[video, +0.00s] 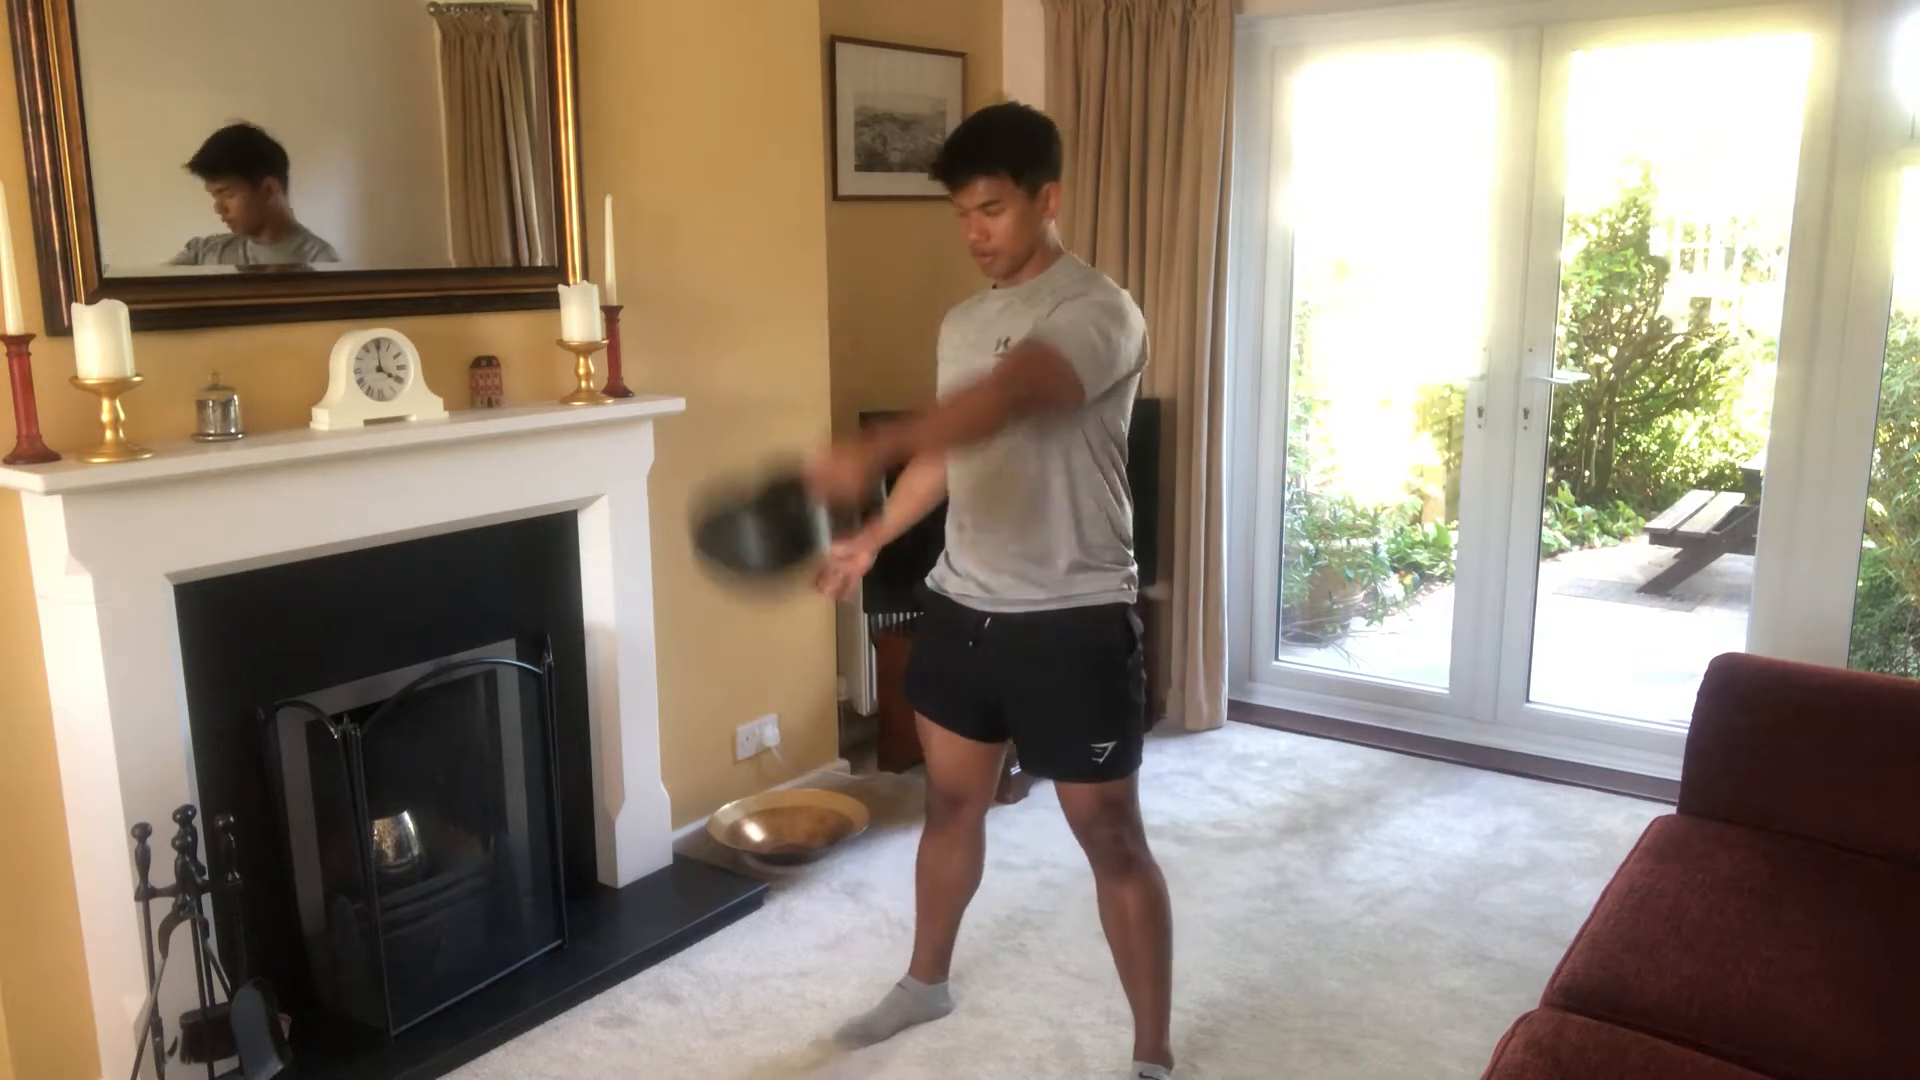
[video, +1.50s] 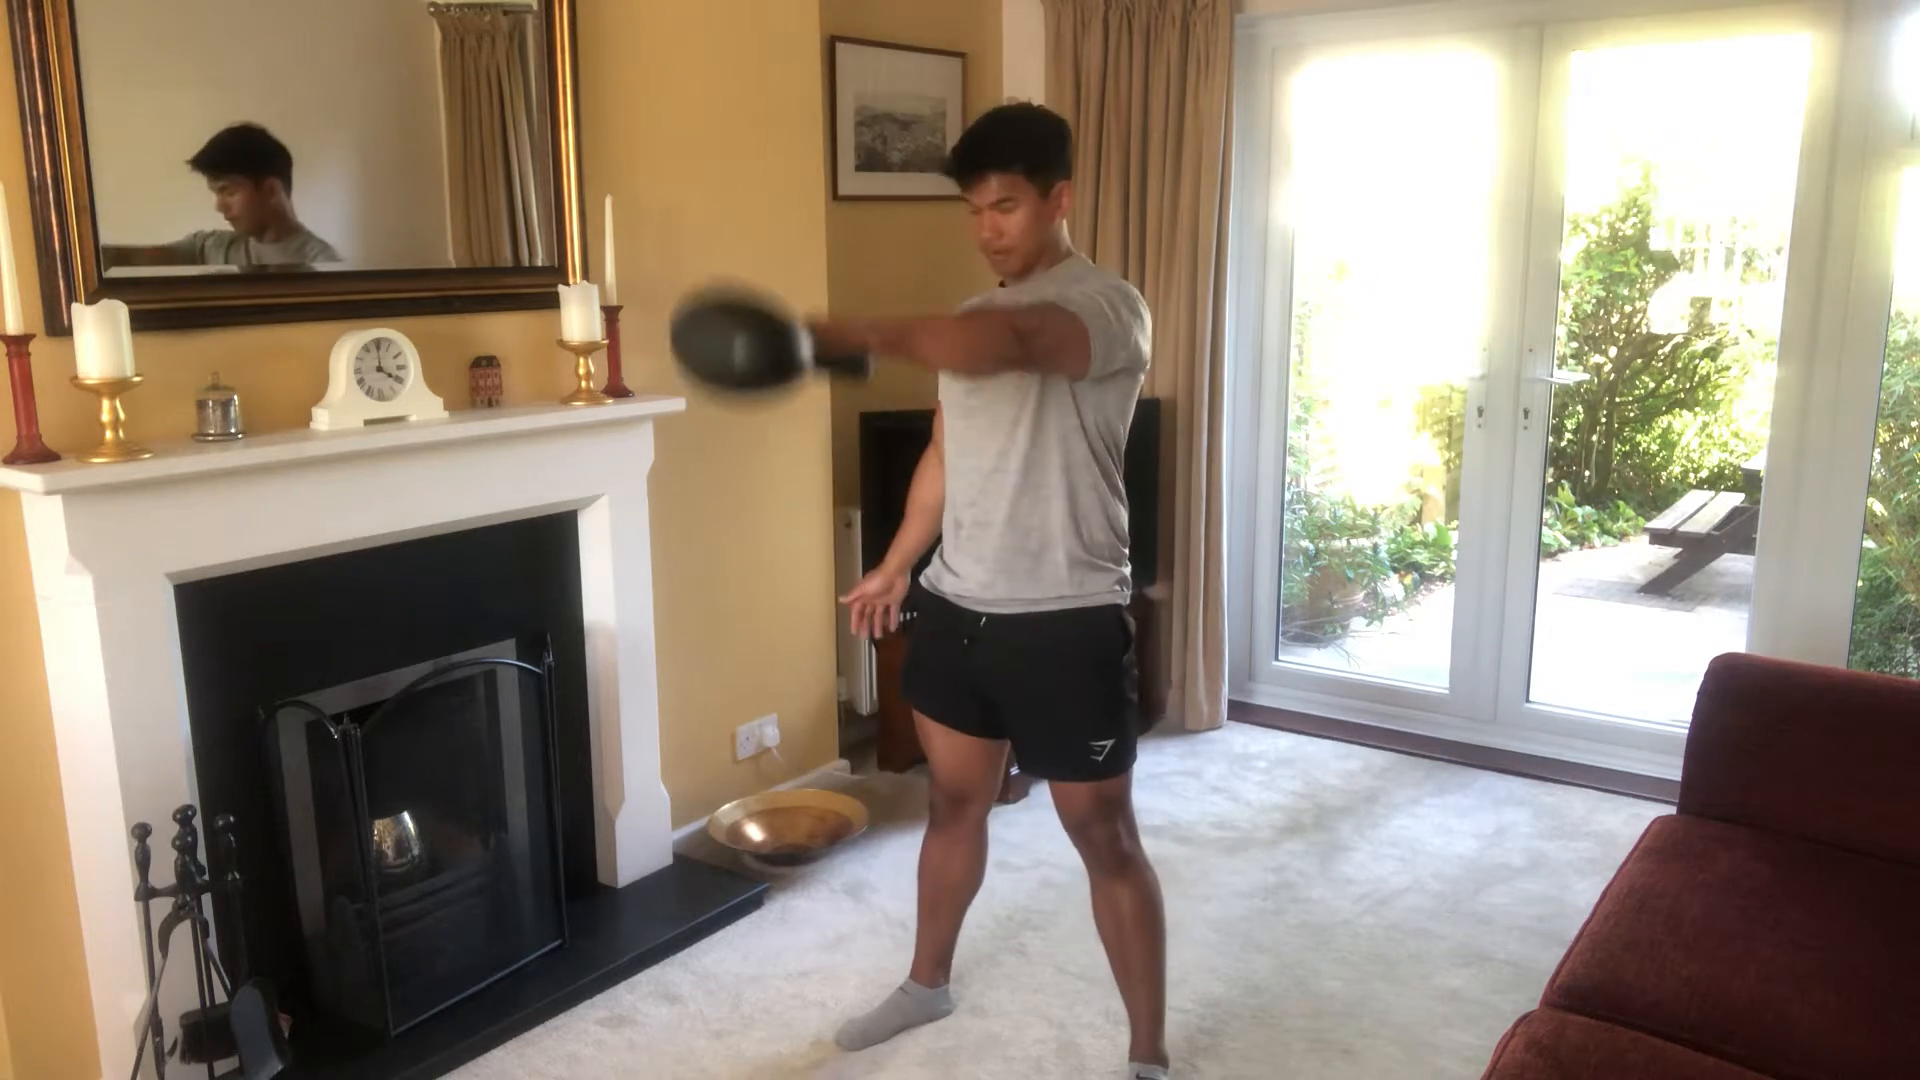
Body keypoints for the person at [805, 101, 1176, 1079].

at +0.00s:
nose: (976, 231)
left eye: (992, 208)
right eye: (963, 213)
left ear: (1047, 198)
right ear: (955, 211)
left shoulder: (1102, 309)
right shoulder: (961, 323)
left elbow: (1013, 393)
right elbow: (946, 453)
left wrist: (872, 451)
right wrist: (875, 534)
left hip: (1077, 617)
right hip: (963, 606)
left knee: (1111, 837)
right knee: (949, 807)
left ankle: (1153, 1054)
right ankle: (926, 980)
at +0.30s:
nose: (844, 397)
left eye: (852, 375)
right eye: (835, 377)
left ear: (907, 348)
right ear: (860, 360)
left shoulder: (1018, 429)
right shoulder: (886, 403)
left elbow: (1015, 613)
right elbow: (904, 474)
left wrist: (987, 740)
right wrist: (868, 548)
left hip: (1099, 628)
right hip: (988, 616)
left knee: (1122, 854)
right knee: (914, 791)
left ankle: (1152, 1059)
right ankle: (924, 982)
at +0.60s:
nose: (805, 694)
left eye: (804, 677)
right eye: (790, 684)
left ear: (848, 628)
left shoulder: (980, 652)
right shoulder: (844, 534)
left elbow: (1059, 744)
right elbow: (908, 655)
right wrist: (989, 759)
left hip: (1112, 648)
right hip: (990, 645)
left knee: (1125, 874)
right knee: (893, 810)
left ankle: (1153, 1060)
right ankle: (922, 986)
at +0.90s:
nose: (869, 313)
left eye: (882, 290)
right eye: (858, 295)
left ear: (935, 262)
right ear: (855, 287)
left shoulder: (1032, 356)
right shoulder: (894, 343)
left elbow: (1013, 545)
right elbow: (905, 447)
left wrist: (986, 698)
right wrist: (881, 548)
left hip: (1094, 604)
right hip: (980, 600)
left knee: (1121, 838)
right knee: (940, 788)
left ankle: (1154, 1057)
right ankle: (927, 981)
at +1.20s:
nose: (980, 231)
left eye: (998, 208)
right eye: (968, 212)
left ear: (1052, 200)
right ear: (960, 212)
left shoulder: (1108, 306)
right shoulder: (959, 320)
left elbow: (1017, 370)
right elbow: (922, 449)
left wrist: (890, 399)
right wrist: (843, 545)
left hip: (1071, 615)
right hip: (957, 606)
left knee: (1103, 836)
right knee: (951, 806)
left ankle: (1149, 1056)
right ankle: (927, 985)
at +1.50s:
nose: (986, 229)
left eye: (1005, 206)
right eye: (974, 210)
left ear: (1060, 199)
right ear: (967, 209)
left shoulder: (1110, 305)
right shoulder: (968, 320)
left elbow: (1007, 336)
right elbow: (945, 450)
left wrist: (850, 337)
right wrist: (895, 566)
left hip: (1071, 617)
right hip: (956, 606)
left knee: (1104, 837)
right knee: (951, 806)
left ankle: (1148, 1053)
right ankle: (928, 984)